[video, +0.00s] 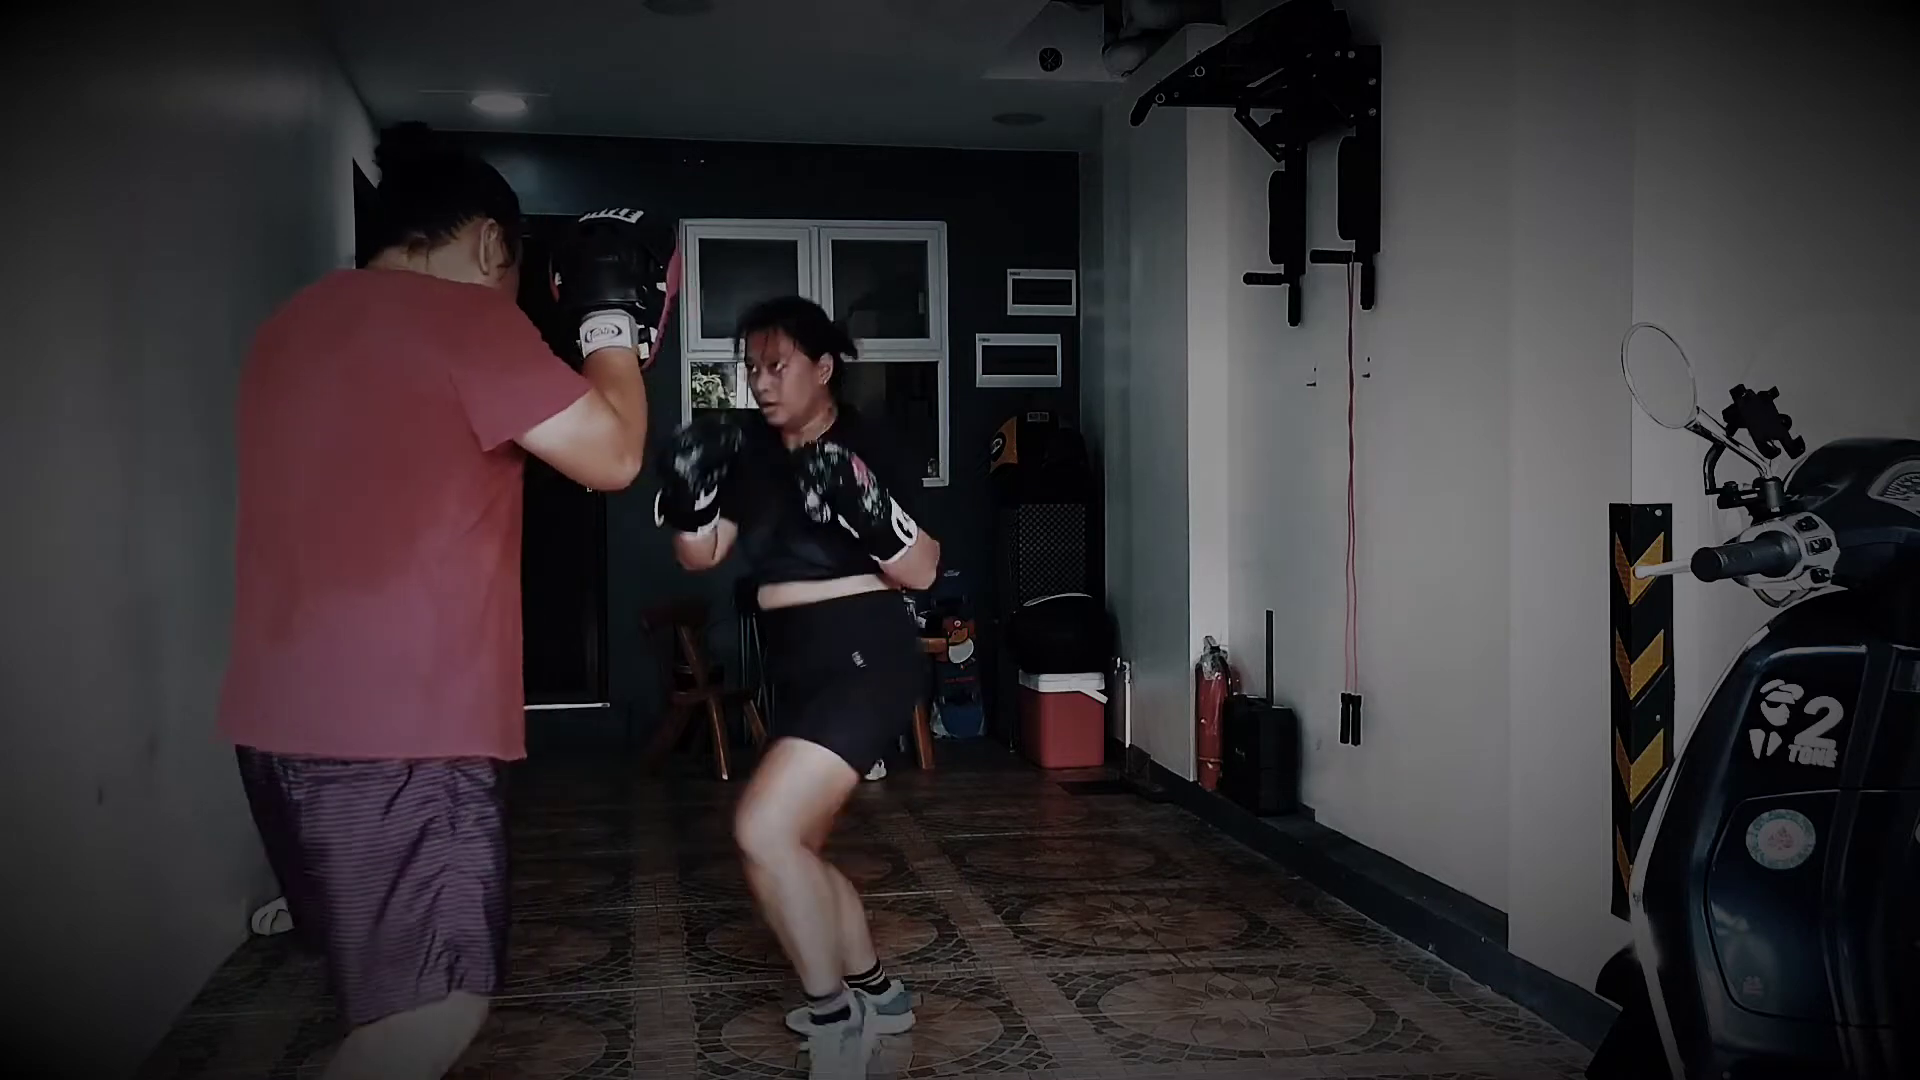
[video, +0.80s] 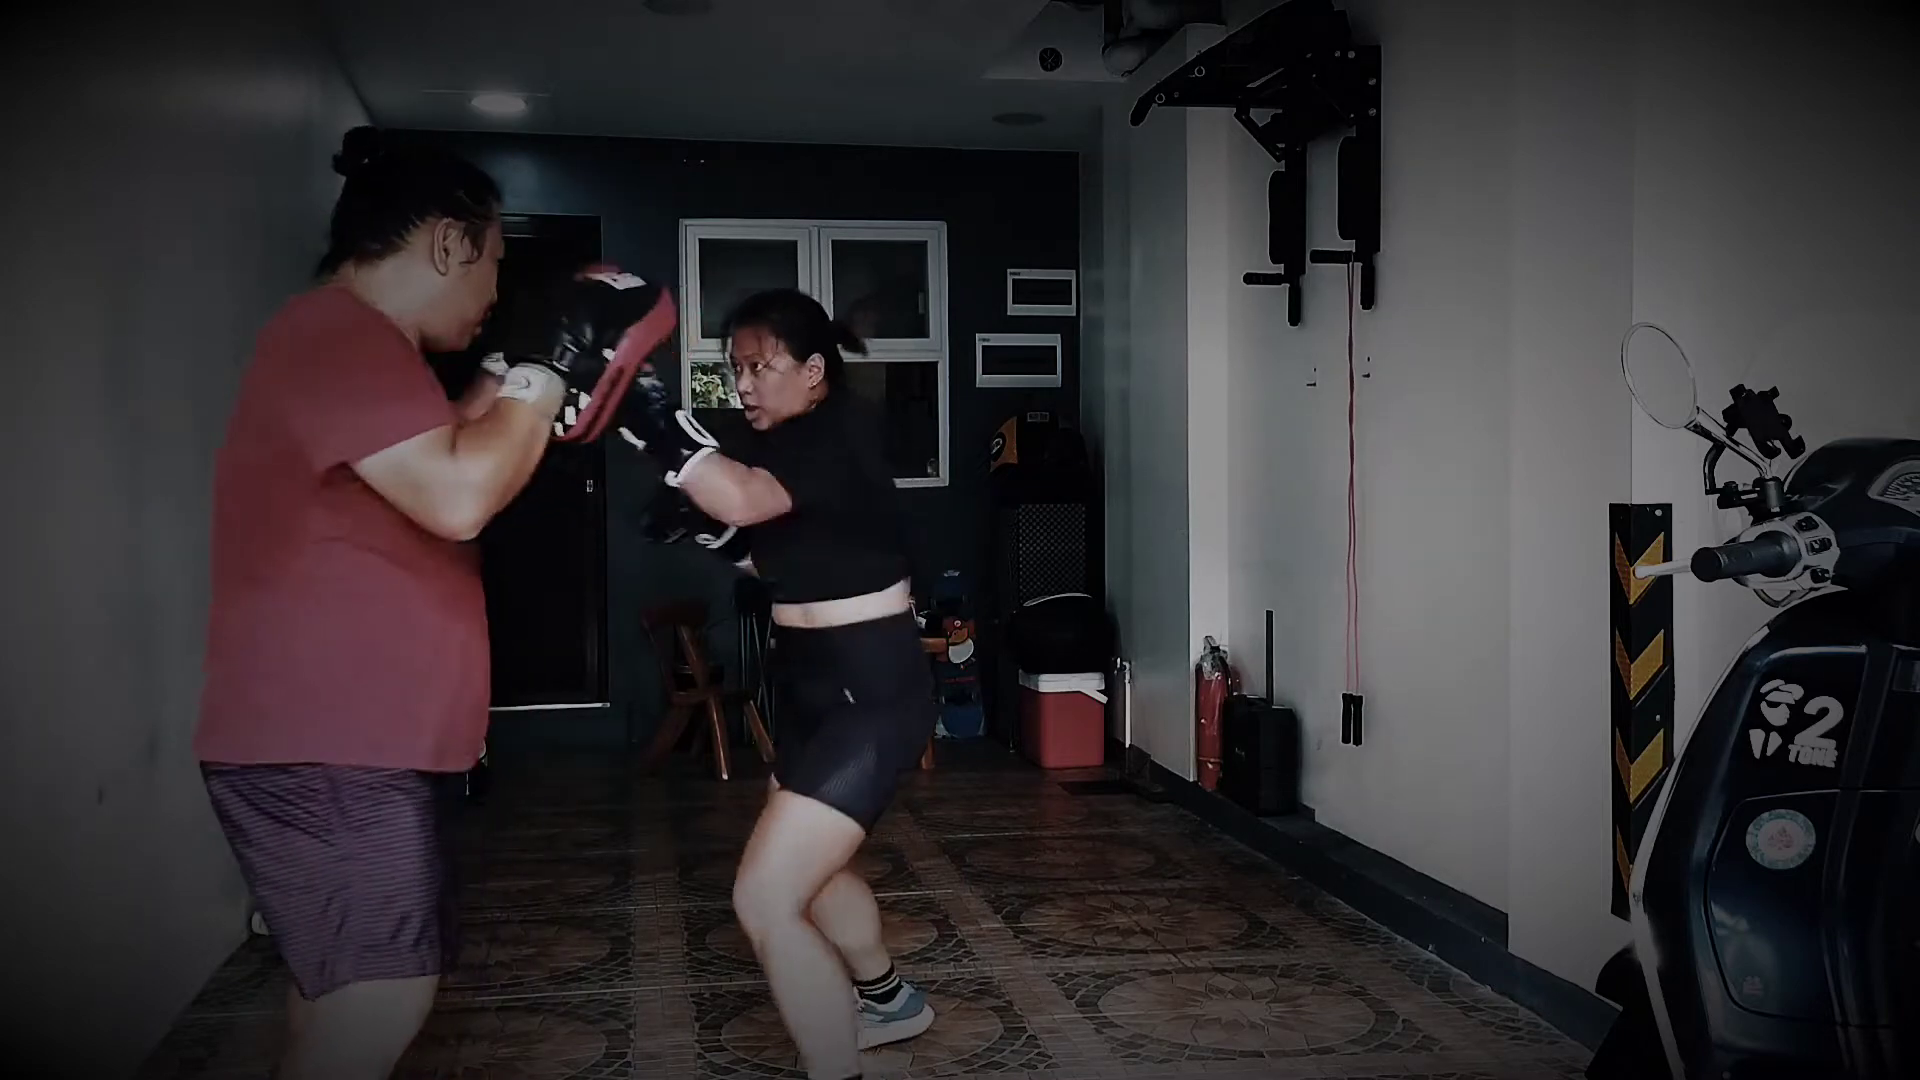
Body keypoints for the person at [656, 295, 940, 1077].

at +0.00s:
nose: (762, 383)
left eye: (778, 365)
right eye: (754, 368)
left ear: (824, 367)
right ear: (746, 376)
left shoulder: (867, 447)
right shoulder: (746, 454)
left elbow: (921, 571)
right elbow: (700, 555)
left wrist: (868, 514)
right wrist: (689, 491)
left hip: (872, 657)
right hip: (791, 663)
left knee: (764, 826)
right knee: (796, 846)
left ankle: (834, 1020)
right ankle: (873, 991)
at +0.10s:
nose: (746, 383)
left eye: (761, 367)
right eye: (739, 369)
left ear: (808, 371)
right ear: (736, 377)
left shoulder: (841, 442)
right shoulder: (751, 463)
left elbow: (894, 553)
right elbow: (724, 567)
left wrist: (816, 489)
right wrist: (694, 524)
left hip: (863, 656)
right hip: (809, 661)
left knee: (732, 811)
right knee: (797, 847)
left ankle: (826, 1004)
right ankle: (871, 991)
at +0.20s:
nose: (728, 377)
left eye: (741, 358)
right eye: (721, 365)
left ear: (791, 357)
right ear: (727, 371)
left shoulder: (812, 414)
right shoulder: (798, 434)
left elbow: (771, 469)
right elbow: (779, 559)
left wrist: (690, 405)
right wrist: (721, 523)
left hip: (848, 649)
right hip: (881, 648)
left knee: (748, 841)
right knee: (823, 840)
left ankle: (849, 1033)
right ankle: (871, 990)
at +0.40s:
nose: (743, 362)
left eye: (758, 344)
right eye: (739, 347)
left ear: (812, 348)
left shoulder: (852, 422)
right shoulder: (754, 436)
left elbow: (805, 529)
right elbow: (752, 562)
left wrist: (713, 468)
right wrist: (703, 512)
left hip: (869, 666)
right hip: (794, 664)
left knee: (809, 886)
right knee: (777, 838)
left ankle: (857, 1068)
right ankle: (873, 983)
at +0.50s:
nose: (758, 364)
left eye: (777, 349)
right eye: (755, 347)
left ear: (833, 356)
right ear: (752, 351)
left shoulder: (884, 447)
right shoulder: (743, 433)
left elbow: (929, 580)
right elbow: (617, 455)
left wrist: (833, 536)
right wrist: (614, 370)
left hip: (878, 670)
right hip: (790, 673)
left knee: (831, 880)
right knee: (774, 868)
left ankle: (861, 1066)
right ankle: (884, 990)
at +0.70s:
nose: (755, 373)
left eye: (771, 355)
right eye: (748, 357)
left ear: (826, 358)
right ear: (748, 363)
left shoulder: (867, 442)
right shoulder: (764, 452)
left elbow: (863, 563)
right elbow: (706, 537)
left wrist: (778, 495)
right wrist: (649, 497)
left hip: (870, 674)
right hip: (800, 674)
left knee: (780, 880)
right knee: (816, 862)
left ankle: (854, 1069)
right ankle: (889, 993)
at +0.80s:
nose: (744, 385)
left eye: (760, 367)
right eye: (739, 368)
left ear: (814, 370)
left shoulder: (840, 433)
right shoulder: (775, 443)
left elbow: (740, 500)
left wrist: (664, 430)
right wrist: (721, 528)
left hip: (872, 682)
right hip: (804, 674)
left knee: (764, 896)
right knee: (812, 867)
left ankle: (836, 1074)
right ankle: (884, 995)